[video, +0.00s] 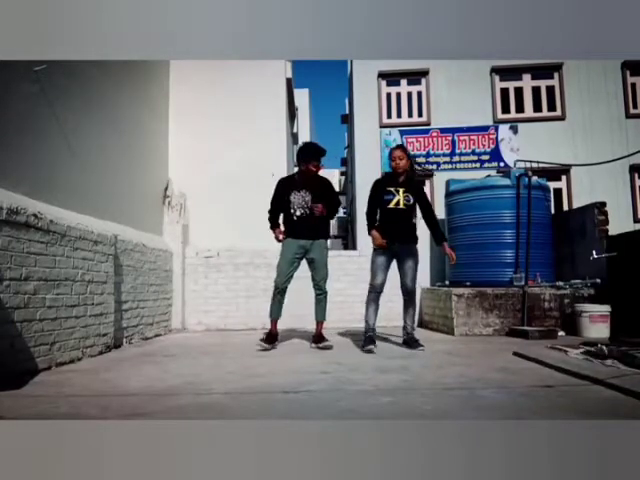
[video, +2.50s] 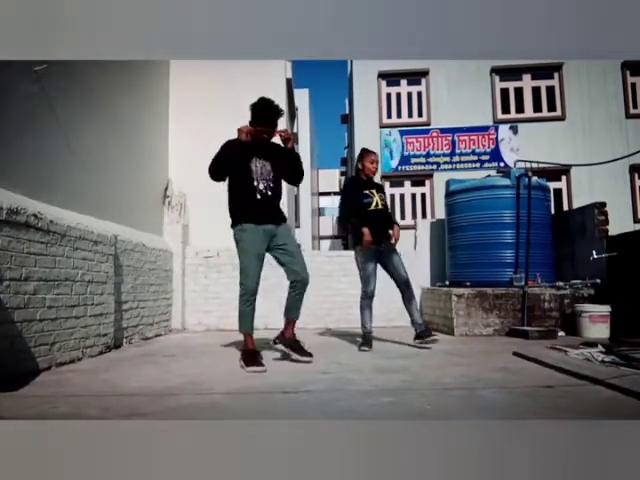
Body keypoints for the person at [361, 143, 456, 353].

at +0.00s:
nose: (397, 163)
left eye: (400, 159)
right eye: (393, 159)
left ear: (408, 161)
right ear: (390, 162)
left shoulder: (415, 185)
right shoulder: (380, 184)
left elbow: (429, 215)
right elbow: (371, 210)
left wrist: (443, 243)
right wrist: (372, 231)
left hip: (407, 243)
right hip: (384, 242)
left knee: (409, 289)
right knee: (375, 287)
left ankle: (409, 334)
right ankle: (369, 334)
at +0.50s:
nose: (380, 161)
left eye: (383, 157)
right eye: (376, 157)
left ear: (389, 160)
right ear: (371, 161)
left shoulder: (400, 182)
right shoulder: (363, 187)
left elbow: (409, 213)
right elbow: (357, 214)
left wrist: (415, 241)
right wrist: (366, 235)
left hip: (401, 242)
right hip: (377, 243)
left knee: (407, 287)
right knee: (376, 290)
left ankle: (410, 334)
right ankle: (371, 335)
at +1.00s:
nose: (392, 165)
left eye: (394, 162)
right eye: (388, 163)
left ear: (399, 164)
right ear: (382, 166)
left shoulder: (407, 188)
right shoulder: (376, 187)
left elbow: (412, 216)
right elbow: (373, 216)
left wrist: (412, 239)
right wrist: (382, 237)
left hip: (409, 243)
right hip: (388, 244)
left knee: (413, 290)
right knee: (382, 291)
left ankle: (415, 333)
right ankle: (372, 335)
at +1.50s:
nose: (401, 167)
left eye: (405, 163)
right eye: (398, 164)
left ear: (412, 165)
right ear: (394, 166)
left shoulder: (418, 186)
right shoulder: (387, 187)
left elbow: (426, 217)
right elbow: (381, 215)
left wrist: (435, 245)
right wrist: (374, 232)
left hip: (408, 244)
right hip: (386, 243)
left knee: (410, 289)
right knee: (377, 286)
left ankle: (415, 332)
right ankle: (368, 330)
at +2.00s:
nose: (374, 168)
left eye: (377, 164)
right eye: (371, 164)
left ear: (382, 167)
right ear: (364, 168)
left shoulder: (392, 189)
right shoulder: (358, 194)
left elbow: (402, 216)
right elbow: (353, 217)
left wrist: (397, 241)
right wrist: (355, 230)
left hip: (389, 245)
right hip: (366, 246)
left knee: (399, 290)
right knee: (366, 292)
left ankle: (413, 333)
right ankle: (366, 336)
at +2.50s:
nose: (374, 166)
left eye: (376, 163)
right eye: (371, 162)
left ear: (377, 165)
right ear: (360, 164)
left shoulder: (378, 187)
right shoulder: (351, 185)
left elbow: (384, 212)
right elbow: (346, 215)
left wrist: (395, 225)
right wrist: (363, 229)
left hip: (384, 241)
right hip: (365, 243)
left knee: (404, 283)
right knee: (368, 291)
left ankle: (420, 328)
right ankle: (367, 335)